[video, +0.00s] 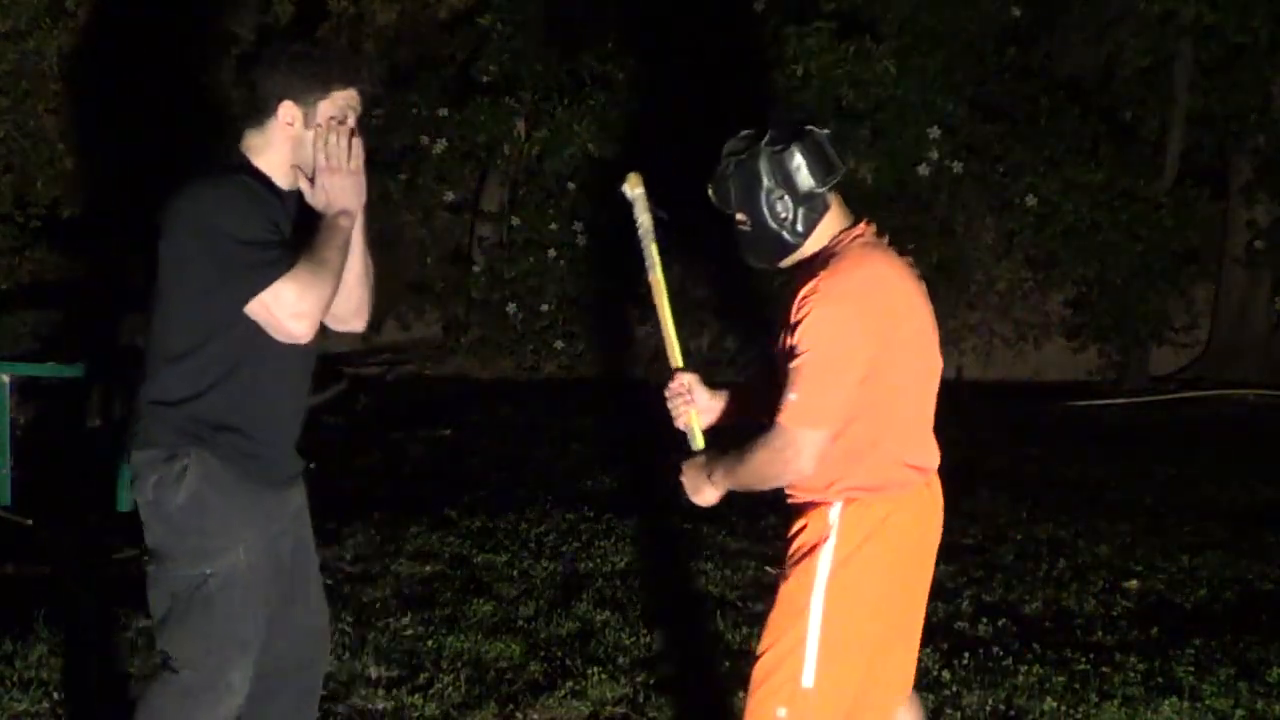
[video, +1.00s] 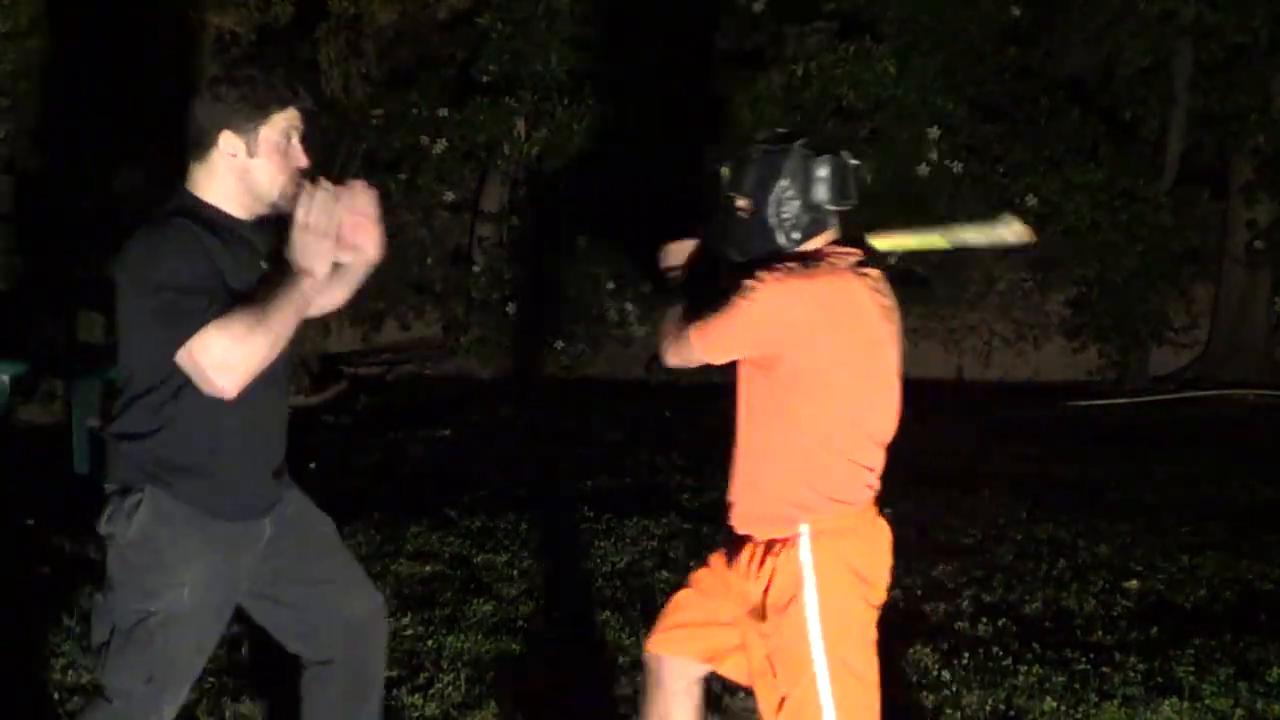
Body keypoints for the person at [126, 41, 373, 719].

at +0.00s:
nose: (349, 140)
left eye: (353, 123)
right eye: (338, 119)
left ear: (295, 124)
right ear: (290, 119)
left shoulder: (290, 212)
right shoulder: (217, 204)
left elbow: (351, 315)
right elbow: (295, 317)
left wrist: (352, 210)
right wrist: (337, 216)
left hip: (274, 476)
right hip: (198, 472)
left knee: (294, 665)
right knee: (211, 676)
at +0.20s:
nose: (304, 143)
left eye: (305, 125)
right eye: (294, 123)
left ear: (245, 124)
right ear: (246, 122)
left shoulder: (244, 219)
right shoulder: (183, 216)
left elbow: (311, 317)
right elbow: (271, 327)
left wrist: (312, 223)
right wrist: (308, 222)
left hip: (257, 500)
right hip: (174, 497)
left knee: (299, 654)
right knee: (118, 686)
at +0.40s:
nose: (278, 151)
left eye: (281, 133)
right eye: (268, 131)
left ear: (226, 134)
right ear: (223, 131)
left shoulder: (224, 220)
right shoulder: (147, 223)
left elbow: (287, 319)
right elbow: (237, 339)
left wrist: (285, 224)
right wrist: (272, 230)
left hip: (228, 500)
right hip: (147, 498)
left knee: (281, 666)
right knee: (107, 693)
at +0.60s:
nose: (274, 145)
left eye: (276, 127)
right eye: (263, 125)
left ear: (219, 131)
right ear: (215, 127)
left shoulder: (217, 218)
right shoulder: (143, 221)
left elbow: (284, 315)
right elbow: (237, 330)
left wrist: (279, 218)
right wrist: (268, 221)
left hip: (231, 498)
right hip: (149, 498)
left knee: (279, 662)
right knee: (110, 695)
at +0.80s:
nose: (273, 145)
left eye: (276, 127)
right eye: (262, 125)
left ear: (220, 130)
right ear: (215, 125)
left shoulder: (219, 217)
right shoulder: (145, 219)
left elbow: (288, 314)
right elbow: (238, 331)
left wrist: (284, 217)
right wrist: (271, 220)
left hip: (233, 499)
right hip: (151, 500)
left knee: (282, 659)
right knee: (109, 696)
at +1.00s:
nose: (304, 162)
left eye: (300, 142)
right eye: (288, 142)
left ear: (240, 152)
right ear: (234, 149)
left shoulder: (252, 247)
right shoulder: (163, 251)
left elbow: (311, 304)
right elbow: (221, 368)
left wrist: (359, 257)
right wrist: (302, 276)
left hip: (264, 506)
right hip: (172, 515)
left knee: (352, 626)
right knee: (136, 702)